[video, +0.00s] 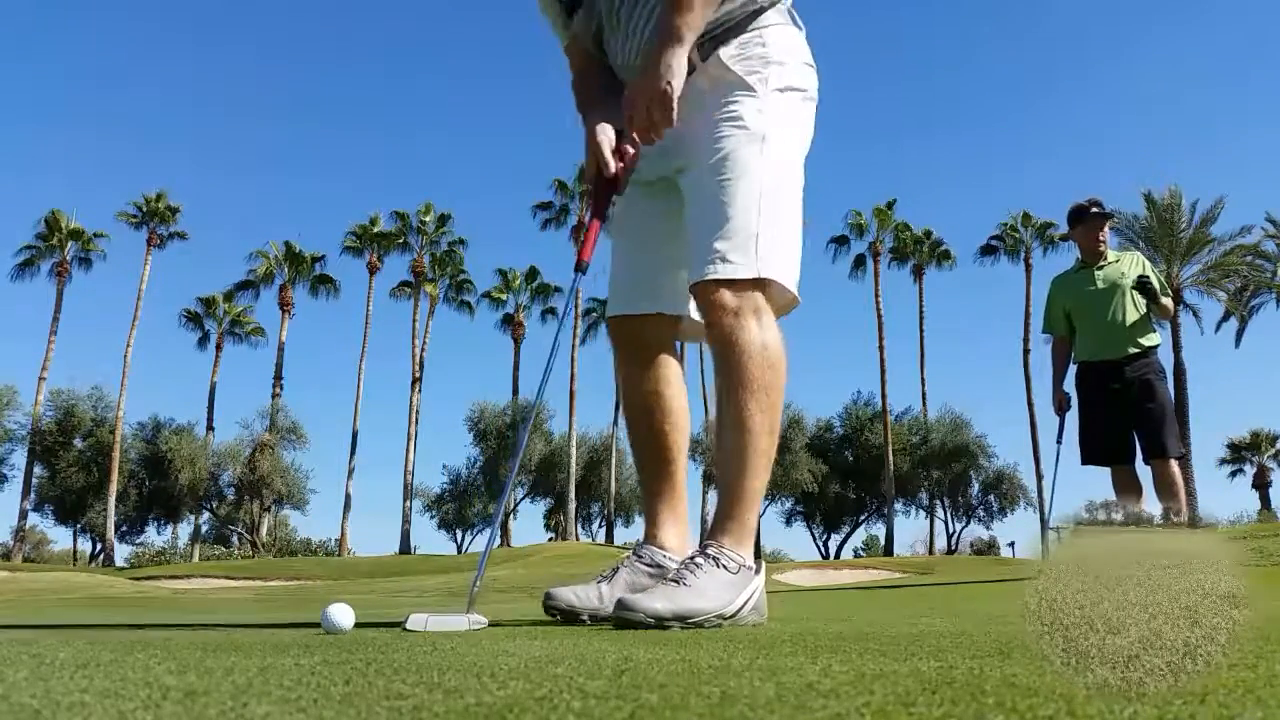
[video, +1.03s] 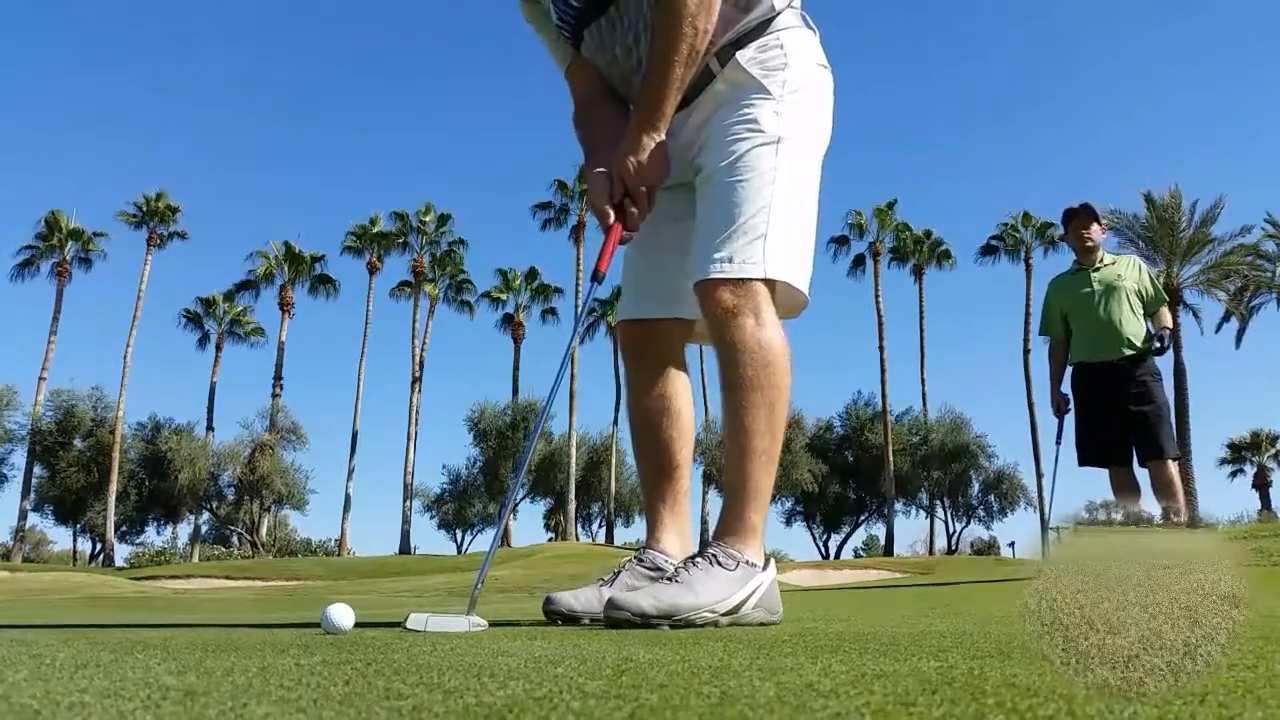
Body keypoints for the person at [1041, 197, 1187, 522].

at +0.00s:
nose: (1100, 233)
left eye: (1103, 226)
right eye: (1091, 228)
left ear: (1109, 229)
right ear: (1073, 234)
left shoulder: (1135, 262)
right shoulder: (1063, 285)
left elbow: (1168, 312)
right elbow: (1061, 340)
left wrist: (1154, 297)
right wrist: (1057, 386)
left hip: (1142, 369)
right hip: (1096, 376)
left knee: (1163, 454)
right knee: (1119, 462)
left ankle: (1178, 531)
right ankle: (1135, 535)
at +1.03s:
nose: (1085, 232)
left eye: (1090, 226)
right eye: (1077, 229)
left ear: (1102, 230)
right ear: (1067, 238)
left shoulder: (1132, 266)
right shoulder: (1060, 286)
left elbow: (1159, 307)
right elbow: (1057, 342)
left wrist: (1164, 330)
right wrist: (1055, 389)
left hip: (1138, 372)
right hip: (1093, 379)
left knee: (1159, 455)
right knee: (1117, 462)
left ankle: (1177, 528)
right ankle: (1134, 533)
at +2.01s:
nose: (1084, 232)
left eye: (1089, 226)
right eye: (1076, 229)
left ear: (1103, 229)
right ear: (1068, 238)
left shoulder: (1134, 265)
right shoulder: (1062, 285)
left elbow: (1159, 312)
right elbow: (1060, 340)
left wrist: (1176, 355)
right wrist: (1058, 387)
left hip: (1140, 372)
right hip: (1095, 379)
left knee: (1160, 454)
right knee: (1118, 462)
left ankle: (1178, 529)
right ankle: (1135, 534)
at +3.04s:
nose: (1089, 222)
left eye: (1095, 215)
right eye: (1082, 218)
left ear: (1109, 219)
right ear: (1074, 227)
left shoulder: (1140, 258)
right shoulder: (1066, 275)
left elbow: (1165, 309)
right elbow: (1061, 332)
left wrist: (1183, 355)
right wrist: (1057, 381)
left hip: (1136, 365)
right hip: (1090, 371)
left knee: (1139, 454)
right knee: (1112, 460)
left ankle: (1150, 528)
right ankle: (1128, 530)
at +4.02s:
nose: (1064, 203)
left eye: (1070, 196)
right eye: (1056, 200)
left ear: (1086, 199)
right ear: (1048, 209)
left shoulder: (1120, 239)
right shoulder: (1041, 258)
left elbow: (1149, 293)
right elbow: (1038, 320)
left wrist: (1167, 341)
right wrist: (1033, 367)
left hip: (1123, 354)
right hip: (1071, 362)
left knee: (1138, 442)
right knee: (1090, 451)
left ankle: (1143, 522)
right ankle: (1103, 528)